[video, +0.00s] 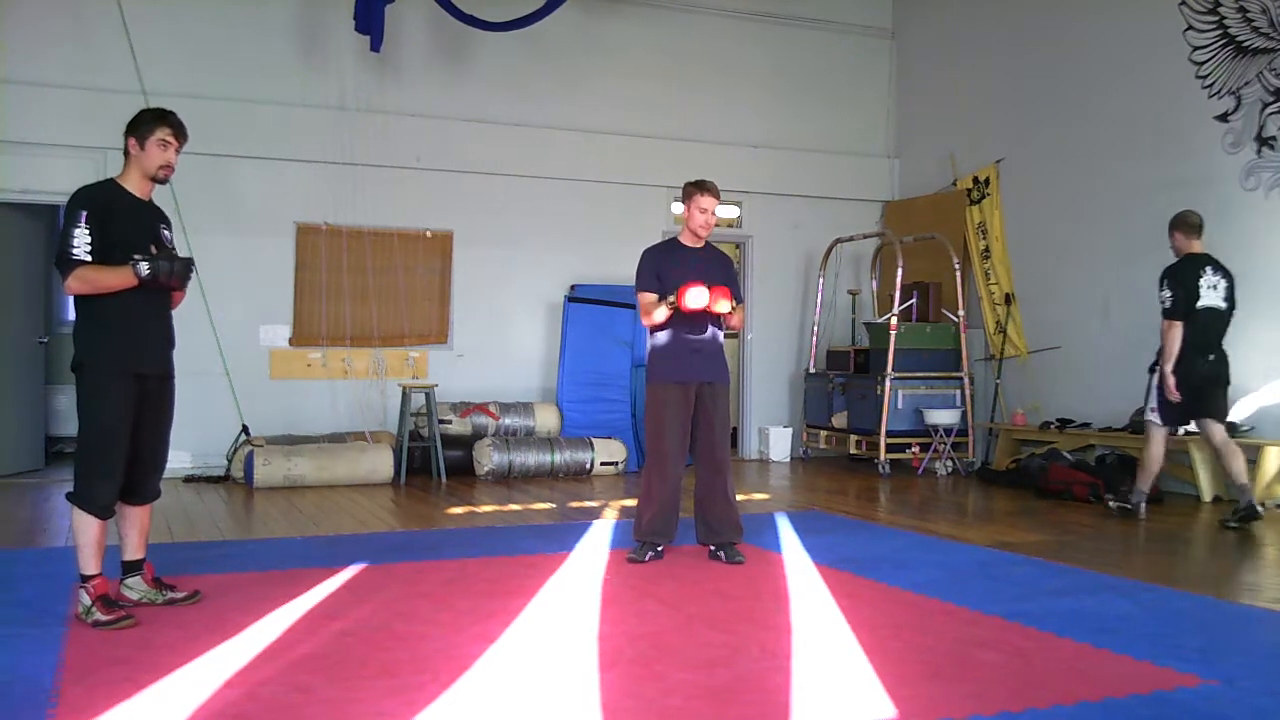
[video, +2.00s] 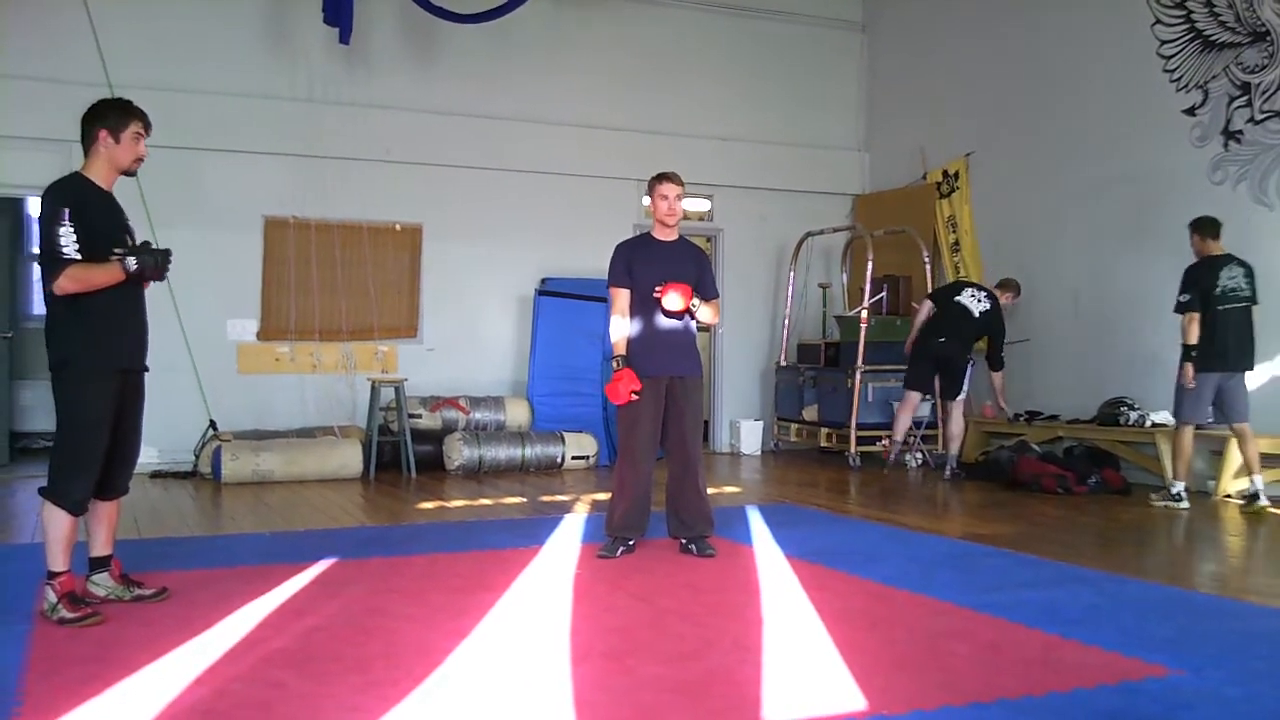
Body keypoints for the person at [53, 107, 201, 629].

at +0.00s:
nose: (172, 157)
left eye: (177, 150)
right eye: (164, 146)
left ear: (172, 156)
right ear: (133, 144)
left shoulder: (159, 219)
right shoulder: (89, 200)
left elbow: (169, 303)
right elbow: (76, 279)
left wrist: (181, 277)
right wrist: (146, 272)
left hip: (154, 365)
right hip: (105, 363)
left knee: (142, 471)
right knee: (98, 472)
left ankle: (135, 579)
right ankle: (91, 590)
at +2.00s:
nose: (144, 151)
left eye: (145, 141)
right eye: (138, 139)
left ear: (110, 141)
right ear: (104, 138)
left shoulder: (110, 204)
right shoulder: (65, 194)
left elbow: (105, 273)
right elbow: (63, 280)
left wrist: (142, 269)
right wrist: (131, 267)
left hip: (124, 360)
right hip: (83, 361)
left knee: (113, 467)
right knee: (73, 468)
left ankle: (103, 575)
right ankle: (57, 589)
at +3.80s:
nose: (77, 145)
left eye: (81, 137)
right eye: (66, 135)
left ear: (82, 144)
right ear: (36, 138)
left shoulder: (79, 208)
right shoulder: (5, 200)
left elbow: (106, 289)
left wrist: (97, 268)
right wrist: (63, 268)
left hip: (82, 358)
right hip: (24, 360)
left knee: (91, 468)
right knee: (35, 469)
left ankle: (34, 548)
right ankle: (47, 592)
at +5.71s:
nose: (98, 146)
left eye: (97, 137)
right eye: (90, 136)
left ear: (64, 143)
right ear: (56, 140)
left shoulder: (73, 212)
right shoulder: (12, 199)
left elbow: (84, 281)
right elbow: (7, 281)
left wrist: (94, 269)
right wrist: (71, 273)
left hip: (72, 362)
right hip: (20, 366)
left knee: (96, 461)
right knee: (18, 473)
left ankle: (100, 569)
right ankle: (8, 581)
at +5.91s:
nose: (123, 156)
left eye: (125, 148)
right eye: (116, 146)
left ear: (99, 150)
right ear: (83, 144)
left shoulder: (96, 215)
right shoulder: (43, 202)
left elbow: (88, 278)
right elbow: (36, 287)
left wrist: (117, 274)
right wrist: (104, 278)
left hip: (101, 364)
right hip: (53, 367)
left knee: (124, 466)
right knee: (45, 472)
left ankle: (147, 573)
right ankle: (31, 588)